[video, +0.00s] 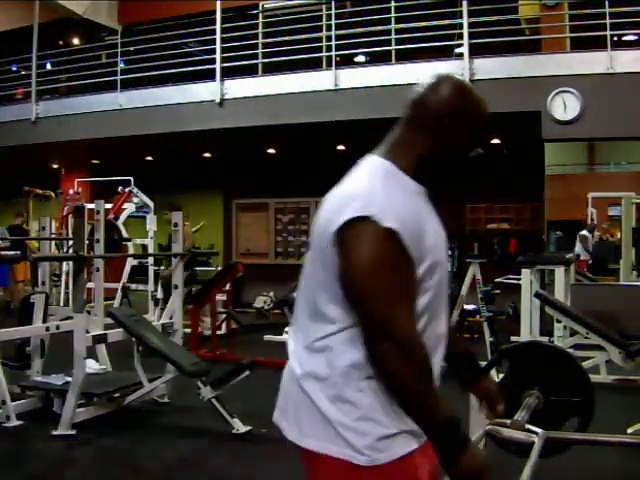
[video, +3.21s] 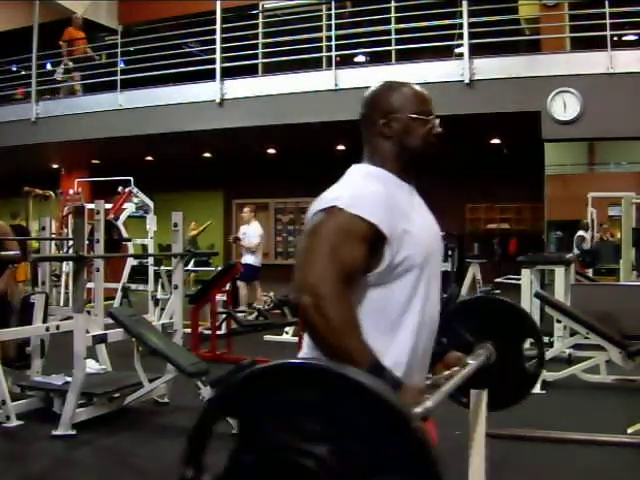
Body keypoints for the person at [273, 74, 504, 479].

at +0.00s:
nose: (468, 156)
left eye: (473, 143)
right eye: (469, 142)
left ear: (416, 116)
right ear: (446, 133)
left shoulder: (395, 190)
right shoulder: (374, 204)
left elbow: (422, 311)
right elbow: (392, 345)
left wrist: (475, 379)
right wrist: (452, 445)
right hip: (360, 435)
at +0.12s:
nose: (499, 179)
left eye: (502, 166)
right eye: (497, 163)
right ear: (467, 150)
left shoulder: (436, 213)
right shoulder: (395, 214)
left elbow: (460, 323)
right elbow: (409, 348)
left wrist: (498, 397)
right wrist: (462, 458)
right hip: (354, 427)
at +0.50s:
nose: (510, 209)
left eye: (519, 199)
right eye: (507, 192)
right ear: (471, 166)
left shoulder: (477, 242)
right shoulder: (405, 235)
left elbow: (475, 332)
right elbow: (419, 363)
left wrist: (504, 410)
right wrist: (465, 464)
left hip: (408, 404)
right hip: (345, 411)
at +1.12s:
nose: (541, 219)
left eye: (547, 209)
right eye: (543, 207)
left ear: (507, 178)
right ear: (520, 189)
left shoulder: (484, 237)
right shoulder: (420, 231)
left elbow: (467, 332)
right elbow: (406, 352)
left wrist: (476, 410)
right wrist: (436, 461)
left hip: (412, 399)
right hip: (355, 400)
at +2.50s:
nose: (534, 174)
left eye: (528, 161)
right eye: (518, 160)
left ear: (474, 172)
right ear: (472, 170)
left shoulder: (486, 246)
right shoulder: (435, 250)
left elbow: (442, 349)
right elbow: (398, 360)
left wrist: (469, 416)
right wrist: (432, 461)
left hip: (409, 406)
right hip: (356, 412)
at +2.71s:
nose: (486, 136)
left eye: (481, 127)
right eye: (471, 127)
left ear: (439, 145)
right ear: (437, 143)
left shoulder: (453, 219)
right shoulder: (410, 214)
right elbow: (373, 326)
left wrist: (463, 393)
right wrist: (431, 425)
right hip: (366, 422)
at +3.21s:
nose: (436, 128)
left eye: (434, 118)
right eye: (424, 117)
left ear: (388, 125)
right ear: (386, 124)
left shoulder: (399, 197)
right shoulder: (362, 195)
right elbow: (317, 293)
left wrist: (434, 356)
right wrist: (385, 386)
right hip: (343, 414)